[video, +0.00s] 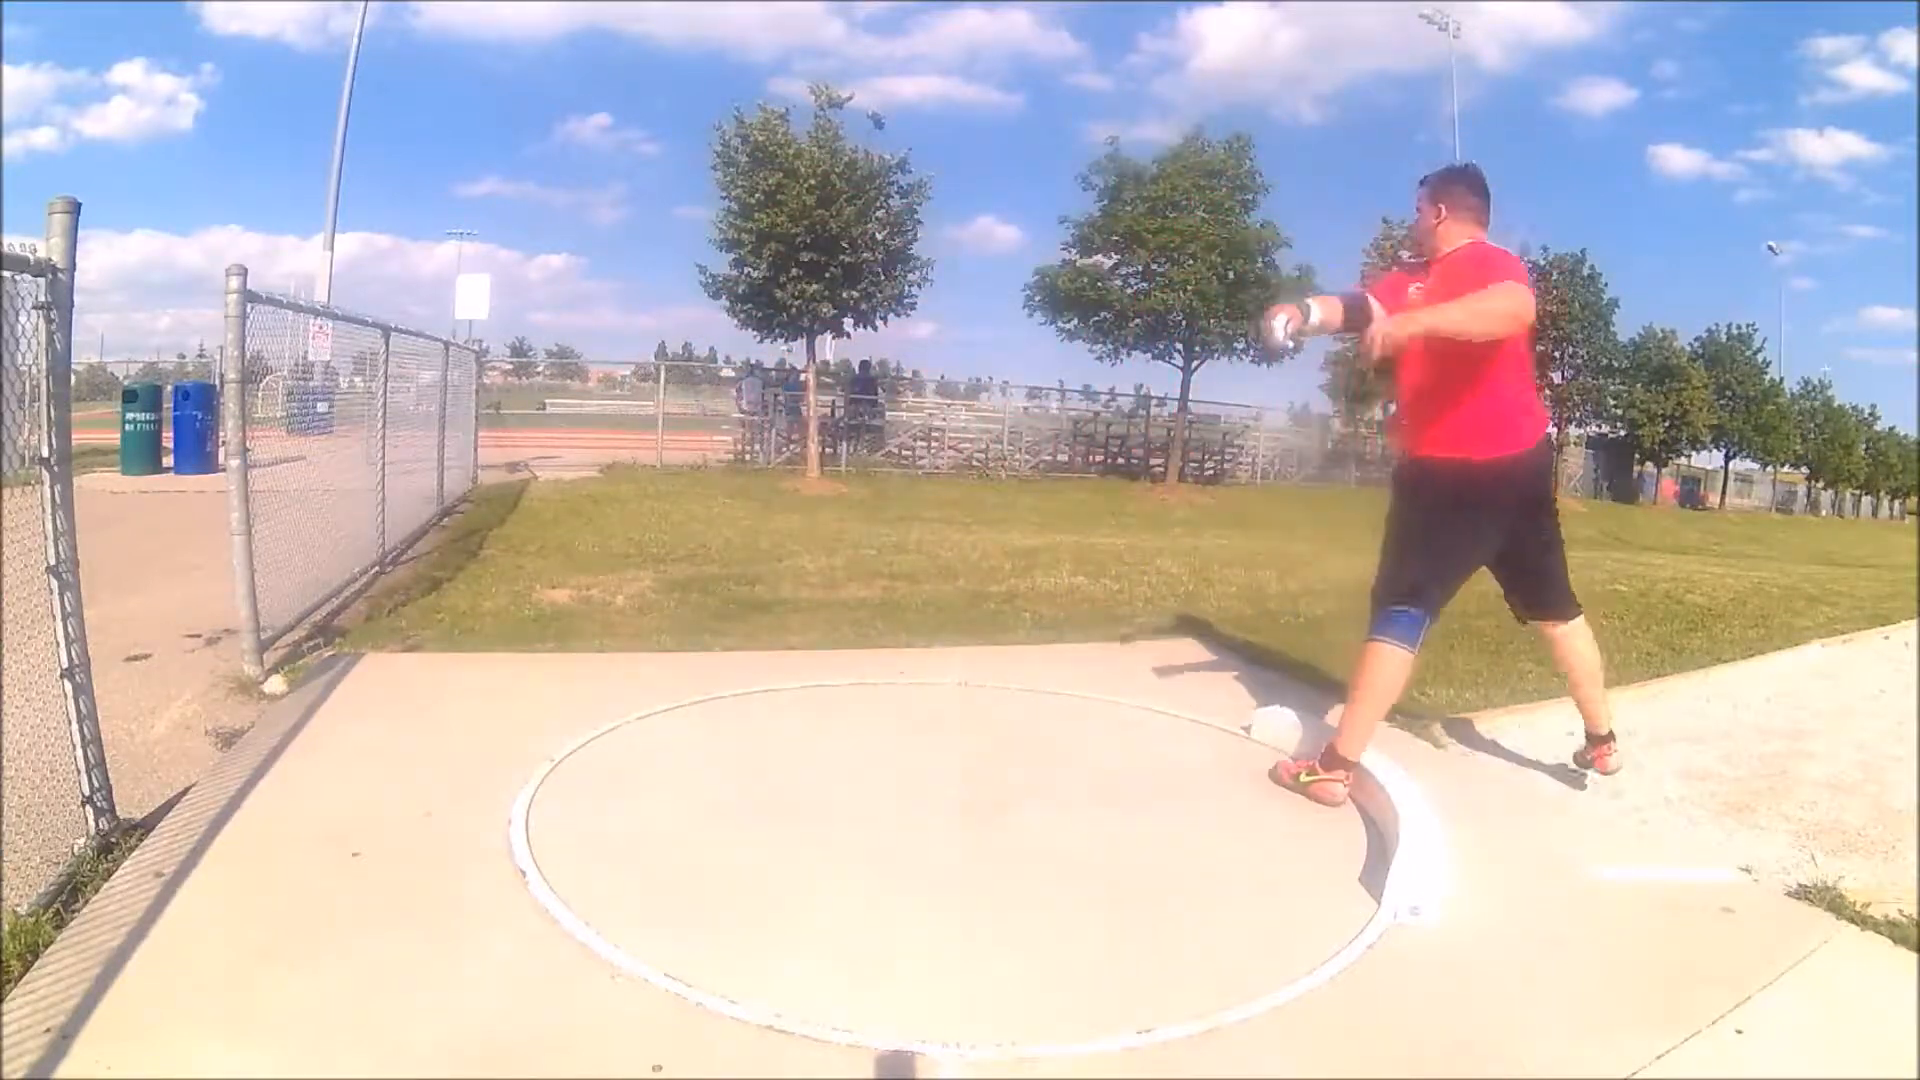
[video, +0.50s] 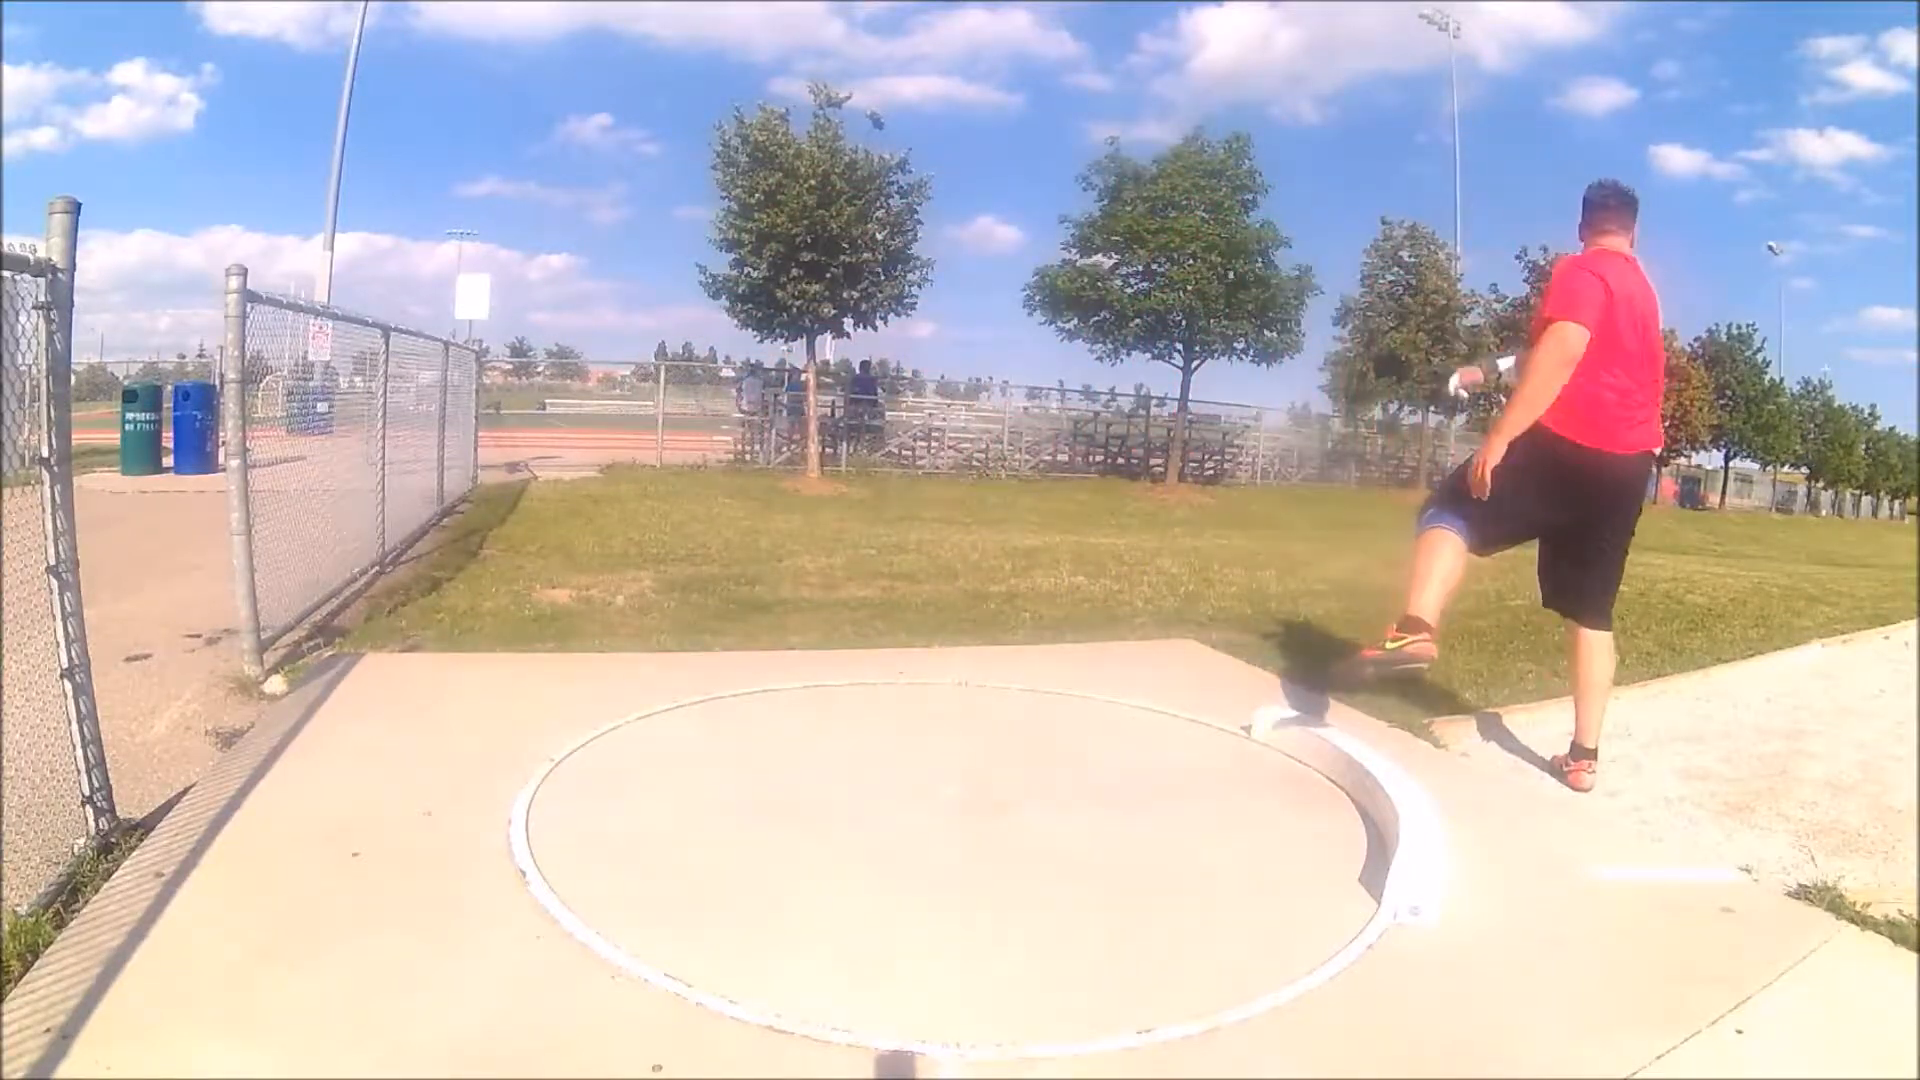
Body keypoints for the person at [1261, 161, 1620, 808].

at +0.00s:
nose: (1413, 223)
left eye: (1419, 212)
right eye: (1417, 213)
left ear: (1440, 211)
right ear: (1475, 214)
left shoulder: (1489, 260)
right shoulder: (1412, 280)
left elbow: (1518, 308)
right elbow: (1355, 307)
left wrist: (1415, 323)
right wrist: (1306, 312)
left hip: (1447, 472)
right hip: (1522, 468)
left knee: (1401, 614)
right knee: (1555, 605)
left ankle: (1337, 766)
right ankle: (1604, 740)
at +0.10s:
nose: (1465, 243)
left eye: (1470, 233)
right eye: (1467, 234)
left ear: (1490, 232)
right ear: (1524, 234)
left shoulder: (1550, 293)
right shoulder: (1465, 294)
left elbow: (1579, 353)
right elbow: (1423, 316)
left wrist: (1533, 391)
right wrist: (1386, 318)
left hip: (1486, 485)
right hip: (1550, 491)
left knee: (1419, 614)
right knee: (1542, 621)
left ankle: (1342, 757)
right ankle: (1577, 756)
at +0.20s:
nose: (1509, 246)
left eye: (1512, 234)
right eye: (1510, 236)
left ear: (1529, 231)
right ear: (1565, 235)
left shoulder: (1582, 294)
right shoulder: (1510, 292)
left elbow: (1611, 377)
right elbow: (1467, 315)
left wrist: (1581, 461)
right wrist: (1440, 332)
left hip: (1503, 472)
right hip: (1564, 488)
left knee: (1424, 591)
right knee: (1550, 618)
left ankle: (1351, 715)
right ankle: (1577, 754)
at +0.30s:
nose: (1539, 238)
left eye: (1542, 228)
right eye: (1544, 229)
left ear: (1553, 225)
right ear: (1597, 229)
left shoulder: (1591, 282)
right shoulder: (1549, 286)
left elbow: (1611, 375)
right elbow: (1492, 319)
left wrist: (1582, 475)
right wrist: (1452, 340)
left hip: (1524, 458)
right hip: (1586, 472)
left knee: (1434, 555)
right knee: (1565, 611)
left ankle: (1373, 682)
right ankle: (1580, 755)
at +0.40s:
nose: (1564, 235)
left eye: (1564, 226)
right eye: (1573, 227)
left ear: (1569, 222)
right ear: (1618, 227)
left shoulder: (1588, 269)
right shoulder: (1601, 276)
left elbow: (1593, 357)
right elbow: (1523, 329)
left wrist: (1548, 458)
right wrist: (1462, 352)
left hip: (1542, 444)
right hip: (1611, 461)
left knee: (1443, 530)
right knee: (1581, 606)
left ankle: (1395, 647)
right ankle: (1583, 754)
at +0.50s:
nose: (1582, 239)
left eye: (1580, 229)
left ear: (1583, 226)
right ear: (1633, 232)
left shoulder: (1583, 269)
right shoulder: (1642, 288)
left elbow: (1563, 349)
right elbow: (1576, 362)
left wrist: (1500, 435)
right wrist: (1490, 374)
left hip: (1560, 449)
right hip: (1626, 466)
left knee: (1453, 508)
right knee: (1593, 608)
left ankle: (1416, 628)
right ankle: (1583, 757)